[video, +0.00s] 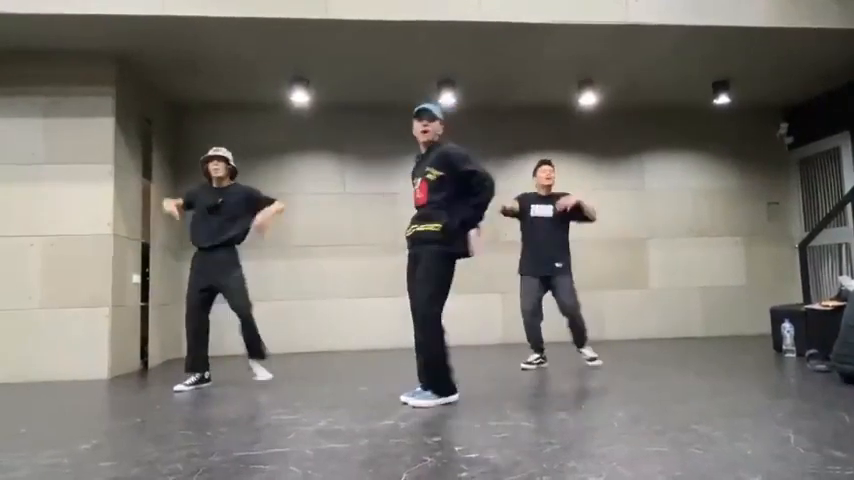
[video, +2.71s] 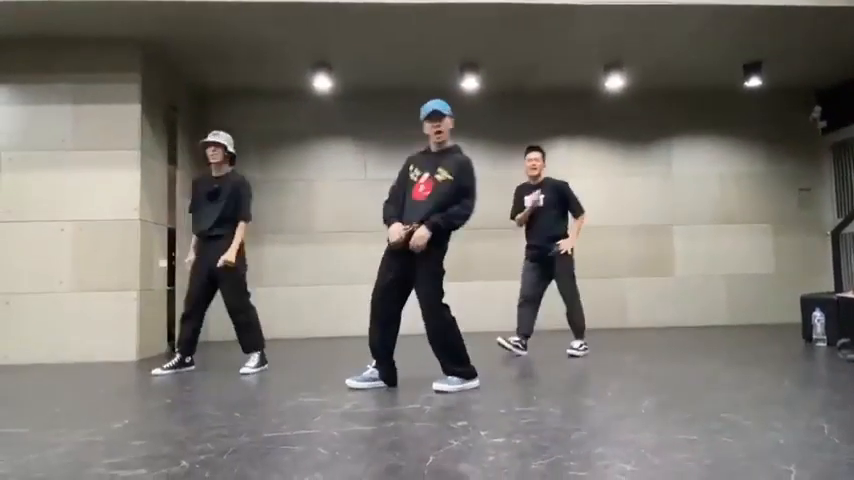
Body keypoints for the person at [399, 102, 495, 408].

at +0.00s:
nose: (425, 126)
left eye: (431, 121)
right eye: (420, 121)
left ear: (441, 126)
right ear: (413, 127)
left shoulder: (451, 154)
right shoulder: (421, 164)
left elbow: (484, 185)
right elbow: (434, 198)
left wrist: (461, 222)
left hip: (440, 246)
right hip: (419, 245)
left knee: (427, 314)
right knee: (420, 314)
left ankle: (442, 387)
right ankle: (430, 383)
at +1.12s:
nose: (425, 120)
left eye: (431, 115)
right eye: (421, 116)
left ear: (444, 120)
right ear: (417, 123)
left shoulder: (452, 156)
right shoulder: (426, 163)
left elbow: (467, 203)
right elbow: (430, 206)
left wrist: (443, 236)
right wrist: (419, 237)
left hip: (438, 250)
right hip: (418, 247)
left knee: (439, 319)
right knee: (390, 289)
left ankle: (455, 384)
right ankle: (425, 343)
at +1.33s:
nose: (423, 117)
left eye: (429, 112)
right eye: (419, 114)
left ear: (442, 118)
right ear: (415, 122)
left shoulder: (449, 152)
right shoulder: (425, 159)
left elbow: (449, 196)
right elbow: (426, 202)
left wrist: (411, 215)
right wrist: (411, 228)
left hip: (436, 247)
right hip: (415, 242)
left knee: (434, 313)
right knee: (377, 277)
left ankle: (457, 382)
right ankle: (410, 326)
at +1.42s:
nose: (421, 118)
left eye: (427, 113)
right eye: (416, 114)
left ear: (439, 118)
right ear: (412, 122)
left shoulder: (447, 151)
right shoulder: (423, 158)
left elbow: (445, 197)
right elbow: (420, 208)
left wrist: (404, 209)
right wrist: (400, 243)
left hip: (434, 250)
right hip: (413, 248)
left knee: (438, 316)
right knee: (385, 305)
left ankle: (458, 381)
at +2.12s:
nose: (381, 122)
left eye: (387, 117)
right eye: (380, 118)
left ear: (404, 121)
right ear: (395, 124)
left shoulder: (399, 145)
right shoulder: (401, 146)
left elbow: (410, 186)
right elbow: (407, 189)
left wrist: (390, 223)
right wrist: (387, 226)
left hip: (410, 242)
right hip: (401, 242)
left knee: (420, 307)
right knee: (390, 306)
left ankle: (460, 373)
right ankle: (384, 374)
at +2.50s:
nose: (398, 127)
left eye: (404, 122)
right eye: (395, 123)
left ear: (419, 125)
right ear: (394, 128)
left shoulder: (426, 152)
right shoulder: (409, 156)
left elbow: (426, 202)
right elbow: (400, 199)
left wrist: (396, 234)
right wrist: (387, 230)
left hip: (414, 246)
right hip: (394, 244)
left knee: (414, 308)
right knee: (372, 303)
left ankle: (461, 372)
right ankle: (381, 371)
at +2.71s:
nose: (436, 125)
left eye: (441, 119)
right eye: (430, 120)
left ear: (451, 122)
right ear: (424, 126)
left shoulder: (460, 162)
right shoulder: (414, 160)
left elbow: (464, 207)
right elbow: (394, 196)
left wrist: (430, 226)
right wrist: (392, 222)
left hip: (429, 245)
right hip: (400, 242)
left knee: (432, 308)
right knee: (383, 303)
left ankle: (462, 373)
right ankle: (382, 370)